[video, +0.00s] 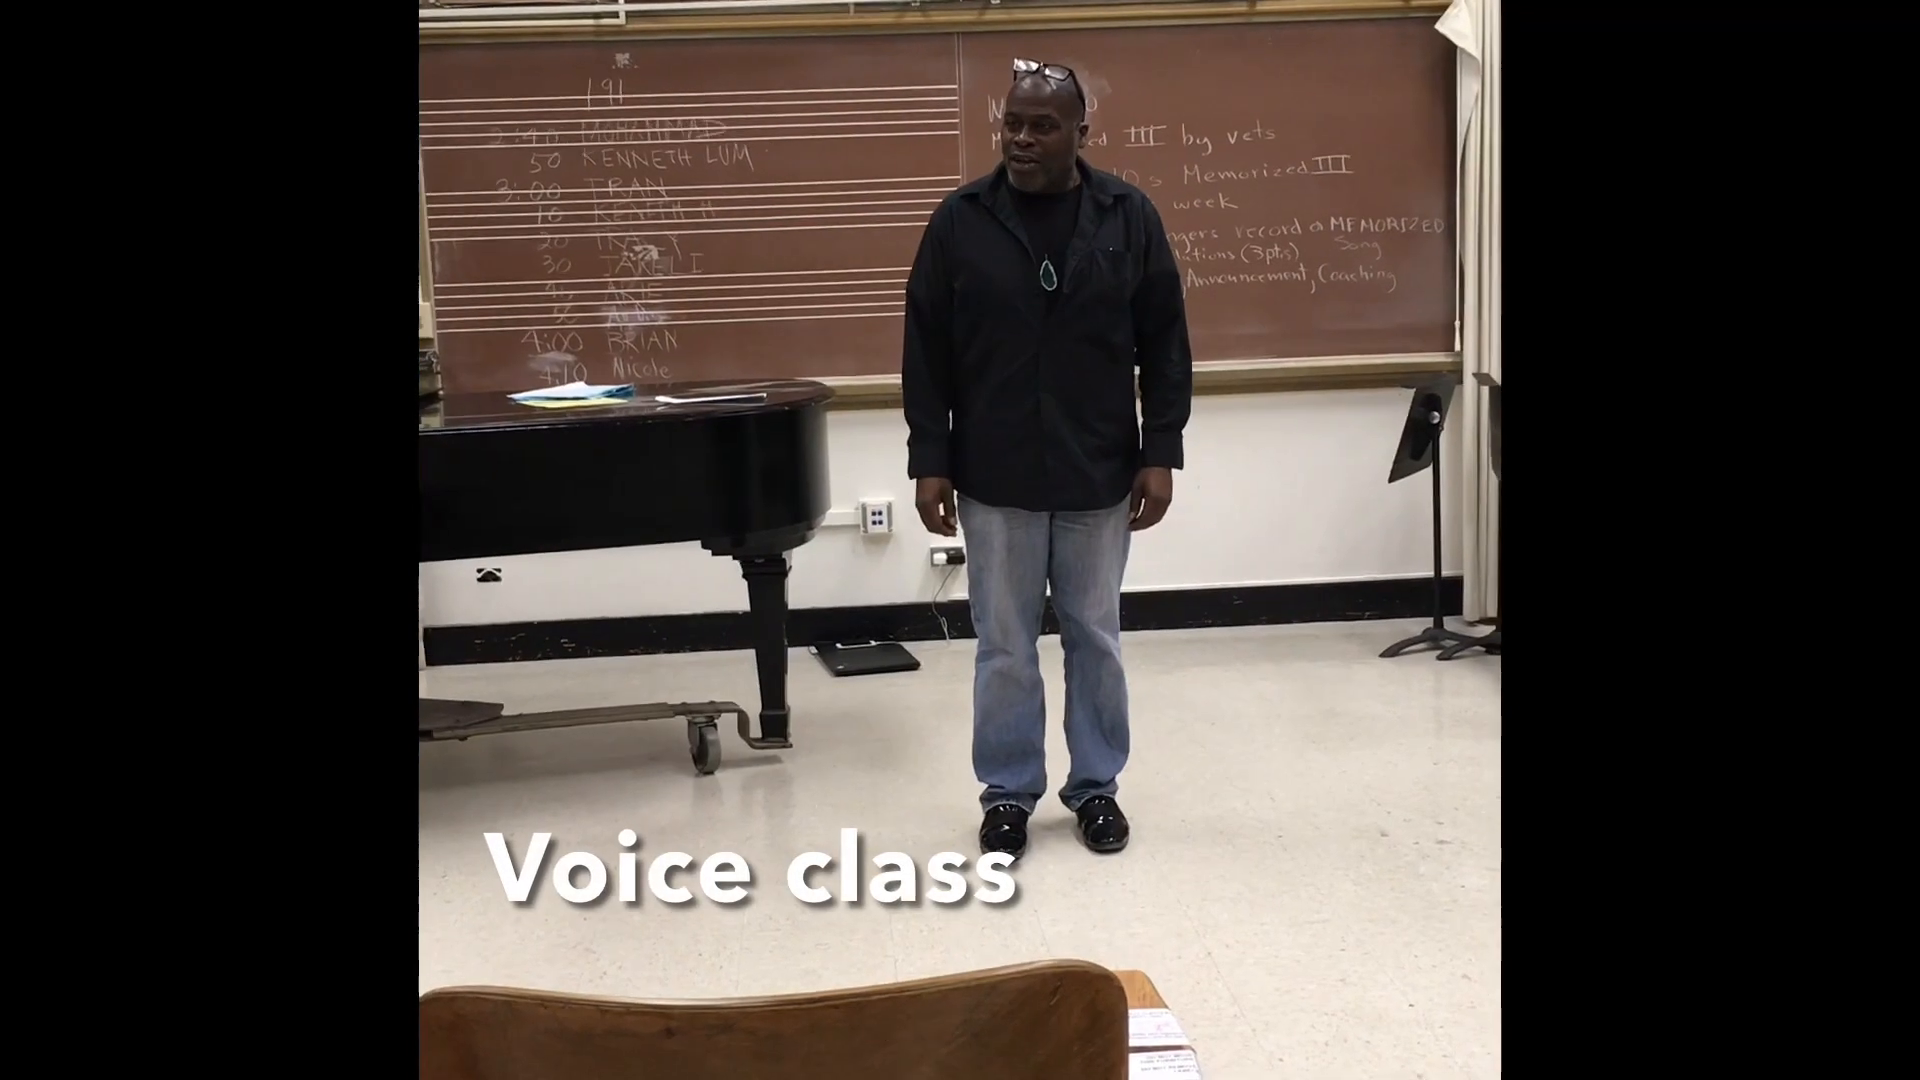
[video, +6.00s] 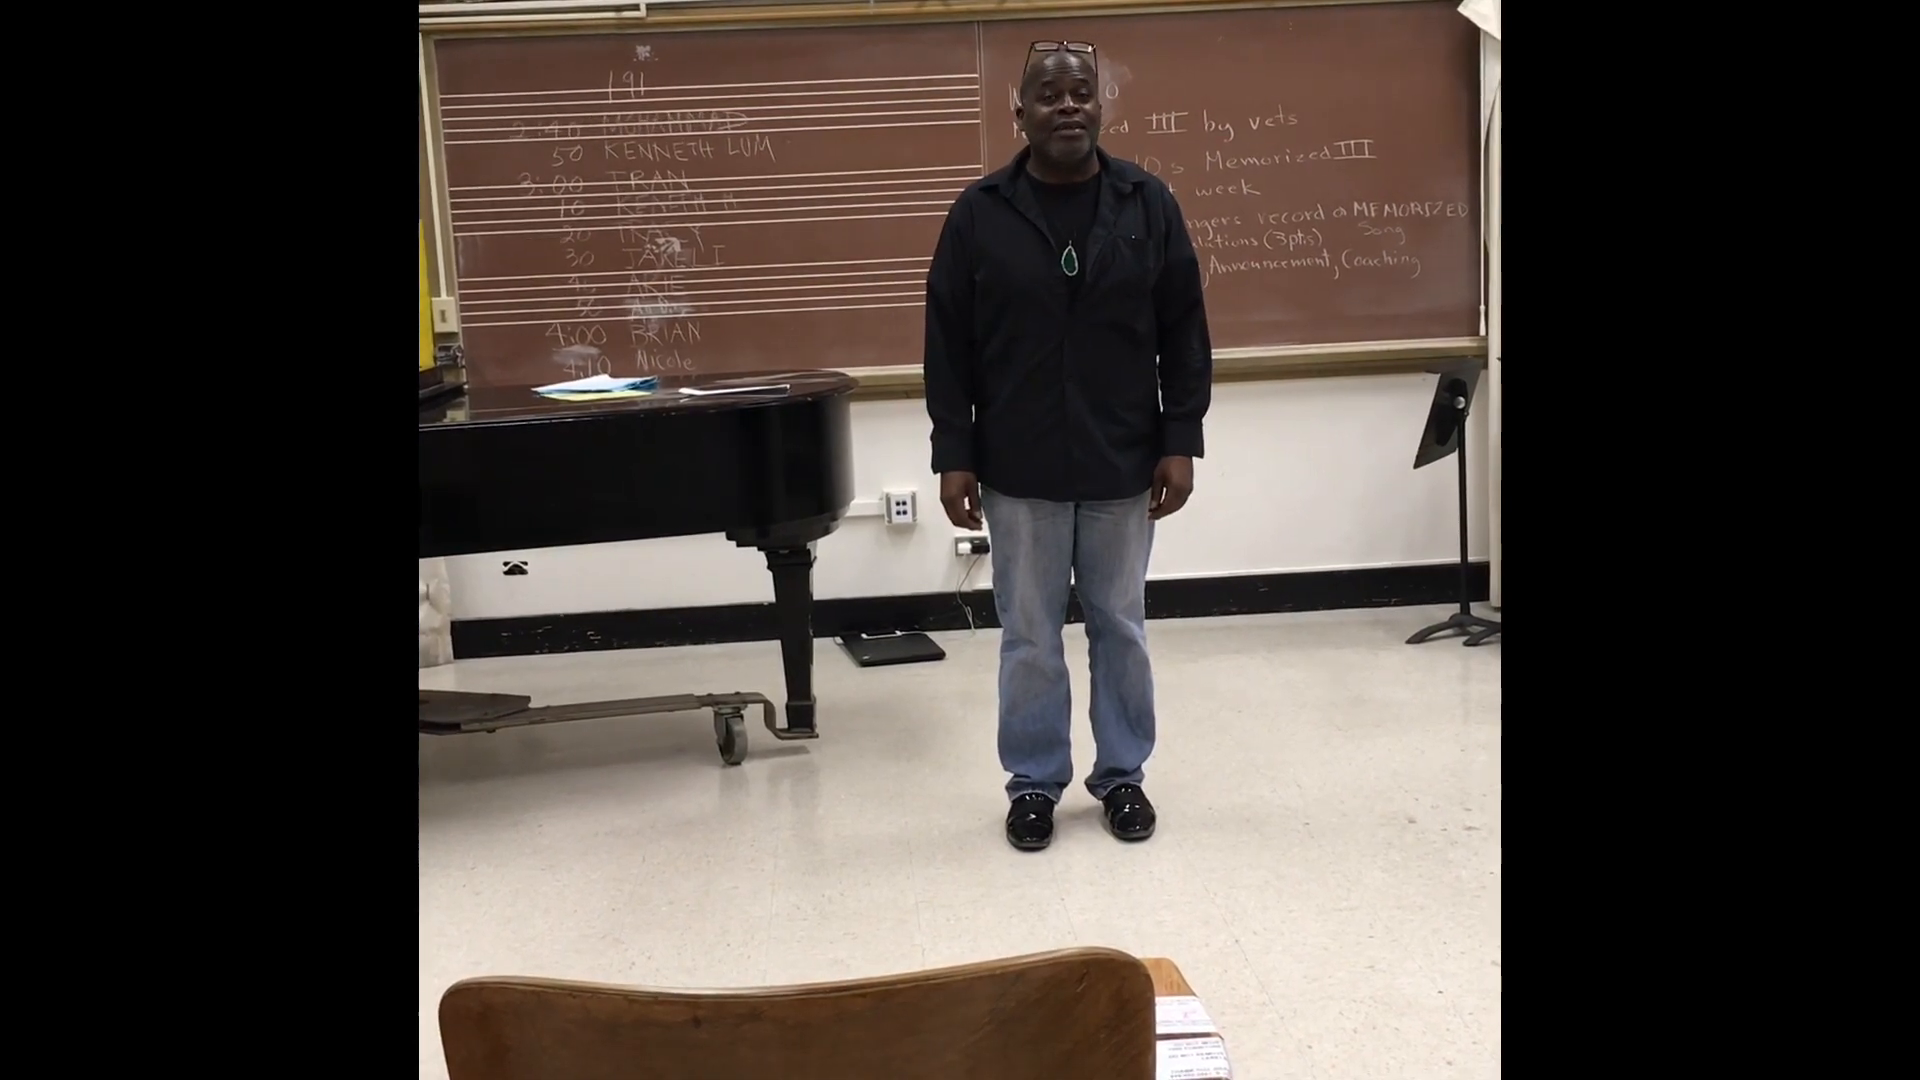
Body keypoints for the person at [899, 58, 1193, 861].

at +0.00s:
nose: (1022, 139)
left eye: (1040, 127)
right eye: (1012, 124)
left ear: (1080, 132)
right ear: (999, 125)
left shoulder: (1127, 216)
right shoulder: (958, 222)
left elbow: (1165, 343)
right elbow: (925, 349)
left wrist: (1159, 456)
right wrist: (929, 463)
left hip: (1098, 466)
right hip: (993, 469)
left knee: (1095, 637)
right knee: (1004, 645)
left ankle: (1096, 788)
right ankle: (1006, 796)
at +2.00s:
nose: (998, 113)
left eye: (1019, 100)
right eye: (992, 99)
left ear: (1066, 113)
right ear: (983, 109)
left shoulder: (1118, 203)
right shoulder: (950, 208)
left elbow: (1155, 331)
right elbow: (916, 333)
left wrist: (1148, 446)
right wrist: (917, 448)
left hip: (1088, 452)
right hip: (984, 455)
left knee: (1085, 625)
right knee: (995, 632)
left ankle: (1087, 776)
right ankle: (996, 782)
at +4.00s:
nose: (1009, 118)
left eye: (1026, 103)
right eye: (1005, 104)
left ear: (1078, 112)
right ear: (1000, 113)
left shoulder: (1146, 202)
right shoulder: (980, 211)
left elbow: (1183, 332)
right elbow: (949, 338)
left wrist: (1174, 447)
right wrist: (949, 452)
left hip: (1119, 455)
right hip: (1015, 458)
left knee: (1121, 626)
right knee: (1029, 632)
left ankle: (1124, 774)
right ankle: (1034, 780)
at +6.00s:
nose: (1068, 108)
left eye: (1082, 95)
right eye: (1050, 96)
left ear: (1103, 107)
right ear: (1020, 111)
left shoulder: (1147, 204)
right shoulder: (979, 212)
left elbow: (1184, 331)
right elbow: (947, 342)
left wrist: (1180, 444)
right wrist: (954, 457)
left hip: (1122, 456)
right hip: (1019, 460)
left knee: (1120, 627)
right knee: (1029, 634)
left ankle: (1122, 776)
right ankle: (1032, 783)